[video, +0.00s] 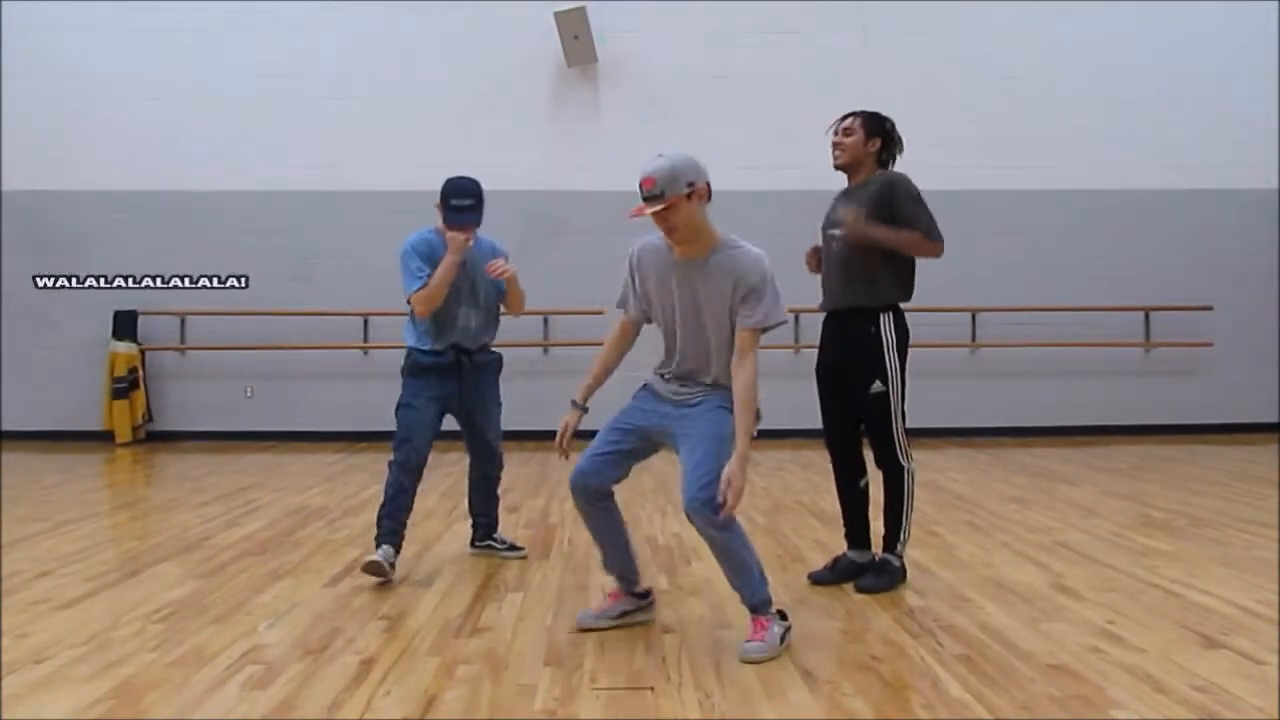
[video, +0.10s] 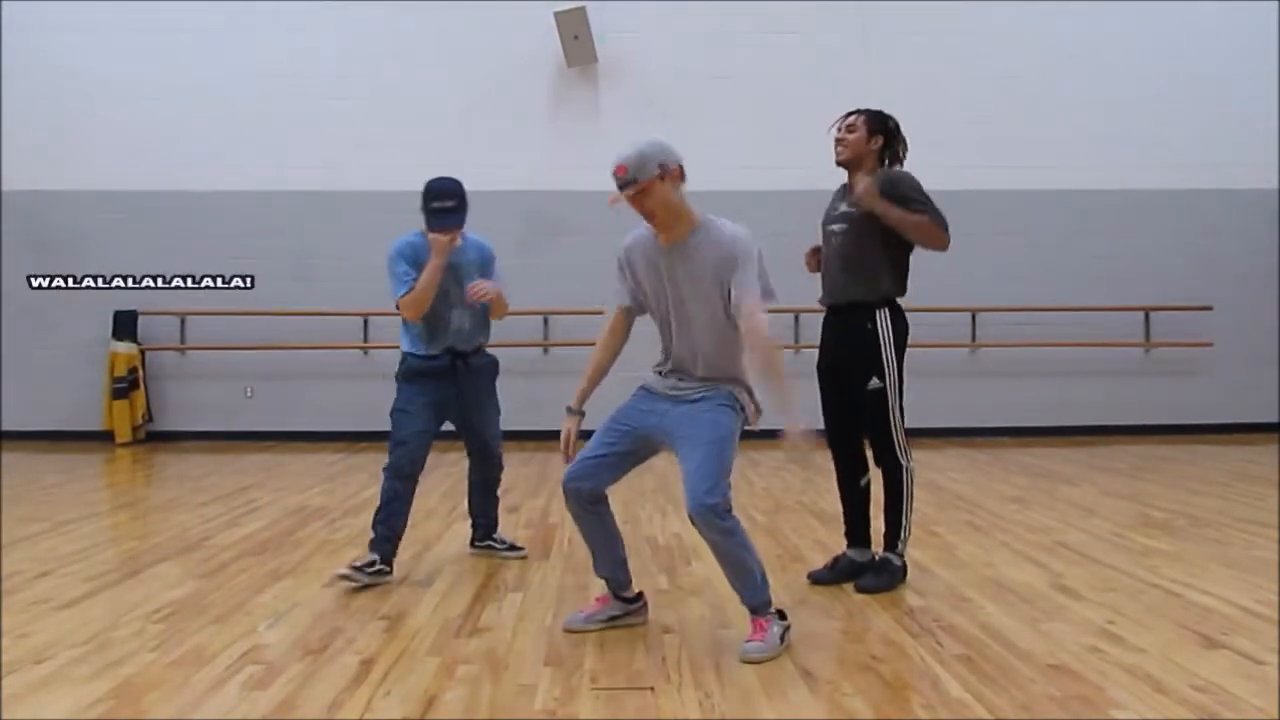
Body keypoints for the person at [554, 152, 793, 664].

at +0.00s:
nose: (659, 219)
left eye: (667, 207)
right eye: (652, 210)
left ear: (700, 196)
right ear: (647, 209)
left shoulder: (746, 266)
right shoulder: (647, 257)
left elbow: (744, 360)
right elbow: (624, 333)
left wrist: (741, 454)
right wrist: (579, 403)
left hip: (714, 402)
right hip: (659, 393)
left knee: (702, 503)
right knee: (586, 481)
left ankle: (765, 615)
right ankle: (632, 592)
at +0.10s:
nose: (633, 203)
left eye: (638, 189)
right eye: (626, 194)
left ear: (673, 176)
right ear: (626, 197)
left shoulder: (733, 245)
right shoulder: (636, 252)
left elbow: (757, 334)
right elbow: (618, 327)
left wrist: (790, 416)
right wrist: (576, 406)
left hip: (717, 396)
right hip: (660, 389)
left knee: (705, 505)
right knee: (580, 484)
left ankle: (765, 616)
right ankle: (623, 597)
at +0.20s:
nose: (613, 202)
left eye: (616, 188)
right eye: (606, 194)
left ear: (648, 169)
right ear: (604, 196)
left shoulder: (716, 211)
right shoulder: (621, 255)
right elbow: (608, 334)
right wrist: (576, 416)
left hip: (714, 394)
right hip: (655, 393)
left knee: (708, 509)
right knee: (577, 487)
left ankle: (764, 613)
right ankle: (622, 597)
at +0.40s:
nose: (637, 198)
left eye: (641, 186)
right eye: (629, 190)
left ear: (669, 167)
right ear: (630, 185)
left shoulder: (711, 191)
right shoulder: (635, 247)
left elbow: (674, 151)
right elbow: (624, 333)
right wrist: (598, 411)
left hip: (707, 387)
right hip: (646, 386)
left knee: (707, 516)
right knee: (576, 485)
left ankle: (763, 614)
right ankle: (622, 596)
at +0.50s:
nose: (635, 191)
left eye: (641, 179)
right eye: (625, 182)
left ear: (670, 161)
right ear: (623, 181)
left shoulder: (710, 176)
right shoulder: (635, 245)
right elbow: (634, 332)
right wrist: (613, 407)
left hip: (710, 377)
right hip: (652, 378)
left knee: (705, 520)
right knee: (578, 483)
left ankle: (763, 614)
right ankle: (622, 596)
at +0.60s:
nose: (639, 197)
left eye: (645, 183)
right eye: (628, 190)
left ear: (669, 163)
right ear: (622, 184)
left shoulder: (708, 177)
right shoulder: (636, 246)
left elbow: (660, 151)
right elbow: (641, 328)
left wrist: (582, 214)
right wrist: (624, 399)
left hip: (713, 379)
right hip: (655, 378)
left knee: (705, 520)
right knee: (579, 482)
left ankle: (764, 614)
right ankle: (623, 595)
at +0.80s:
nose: (634, 194)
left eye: (638, 181)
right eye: (625, 187)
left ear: (663, 161)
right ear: (620, 183)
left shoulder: (704, 182)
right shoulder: (634, 248)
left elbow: (660, 147)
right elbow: (642, 334)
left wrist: (577, 160)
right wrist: (628, 432)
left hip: (712, 380)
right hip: (653, 380)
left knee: (707, 519)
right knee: (578, 478)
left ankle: (762, 613)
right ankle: (622, 592)